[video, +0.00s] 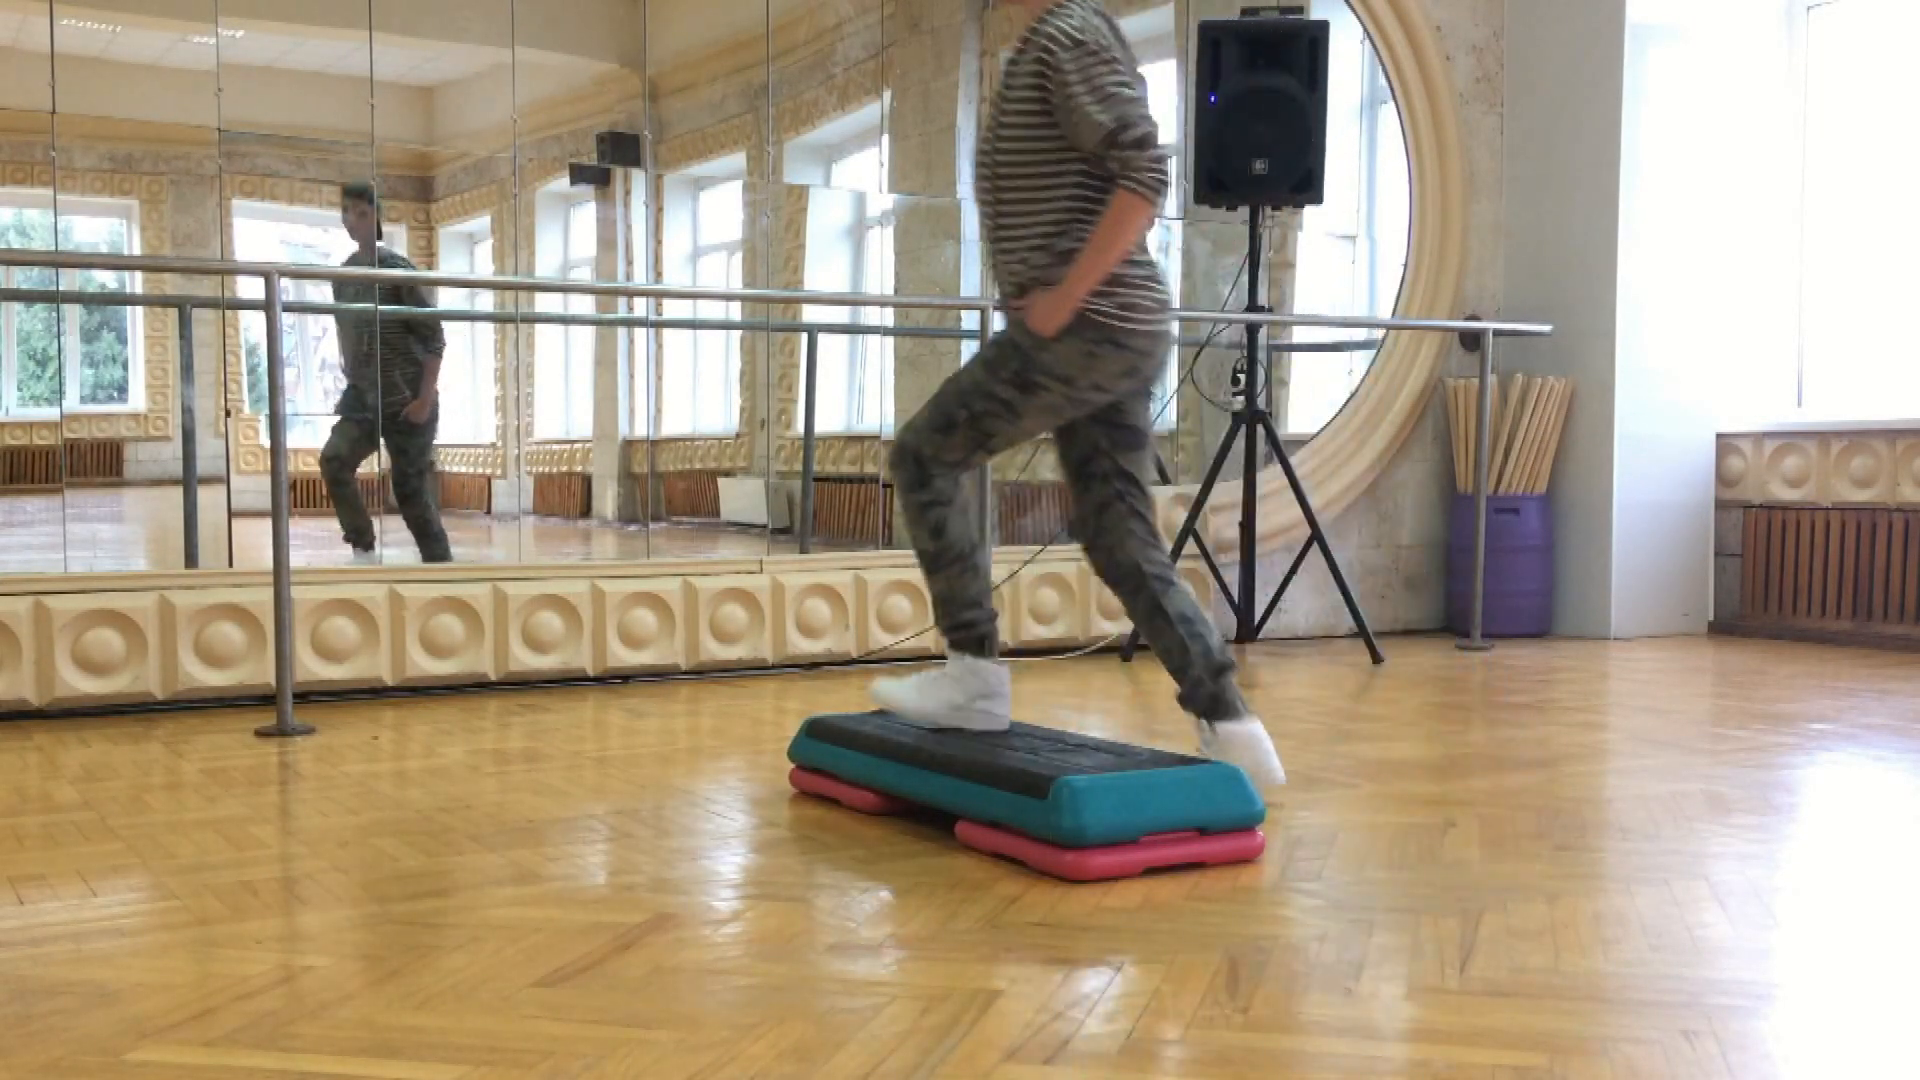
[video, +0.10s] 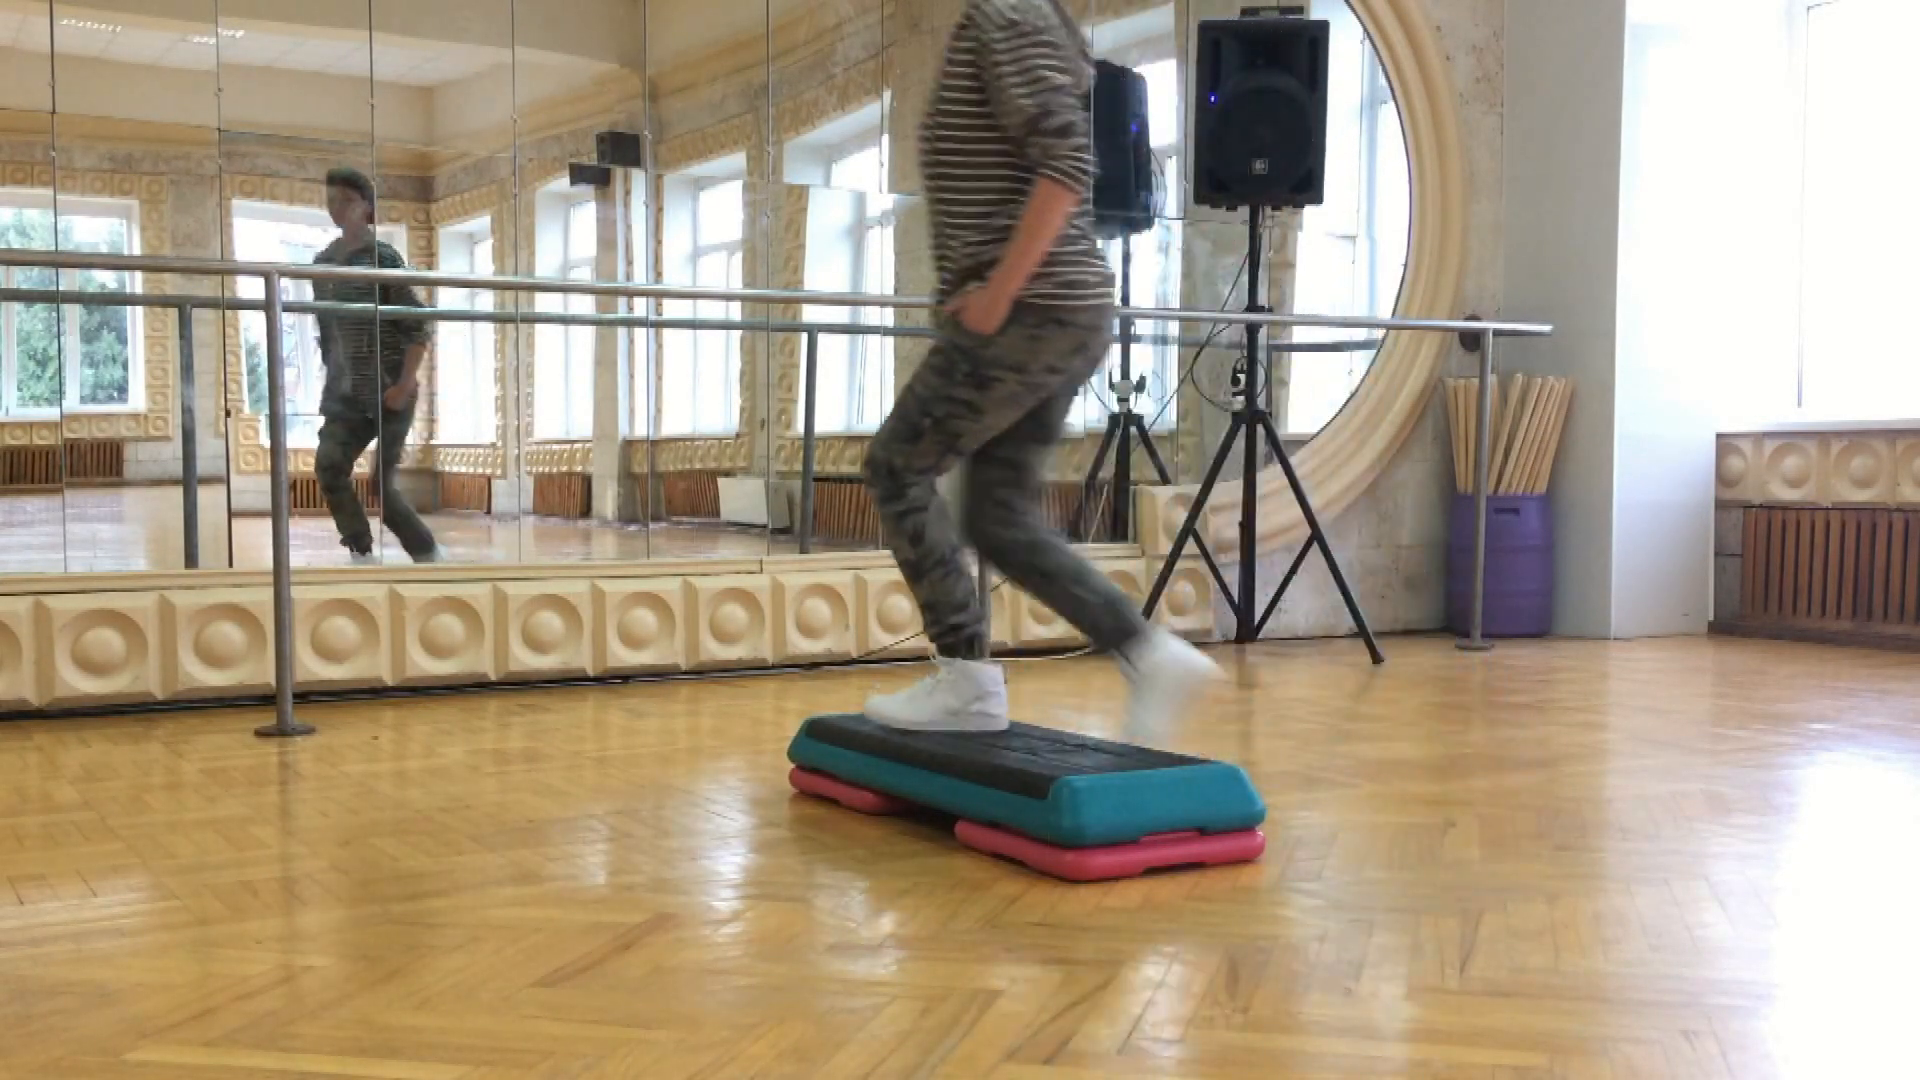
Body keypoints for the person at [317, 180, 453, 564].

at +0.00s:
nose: (354, 221)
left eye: (362, 213)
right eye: (348, 214)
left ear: (378, 218)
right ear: (343, 219)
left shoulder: (400, 270)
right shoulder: (343, 275)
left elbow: (433, 335)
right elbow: (351, 334)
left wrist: (426, 396)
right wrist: (354, 379)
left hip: (409, 399)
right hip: (364, 399)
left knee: (411, 490)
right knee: (334, 463)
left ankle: (442, 569)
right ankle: (363, 549)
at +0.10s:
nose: (338, 210)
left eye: (346, 202)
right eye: (333, 203)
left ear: (367, 207)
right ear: (329, 209)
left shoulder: (384, 258)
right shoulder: (322, 263)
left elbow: (419, 321)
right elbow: (326, 331)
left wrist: (405, 383)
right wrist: (333, 378)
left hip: (390, 390)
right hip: (346, 391)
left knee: (382, 483)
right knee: (329, 469)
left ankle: (428, 555)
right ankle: (362, 551)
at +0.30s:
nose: (311, 202)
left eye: (320, 194)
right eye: (306, 195)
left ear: (344, 201)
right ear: (302, 202)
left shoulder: (361, 253)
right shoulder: (290, 255)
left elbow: (400, 320)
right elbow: (275, 314)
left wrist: (380, 365)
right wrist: (282, 365)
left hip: (353, 380)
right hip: (306, 384)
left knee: (310, 442)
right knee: (305, 476)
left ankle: (347, 540)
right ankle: (349, 545)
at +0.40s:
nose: (299, 203)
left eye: (308, 196)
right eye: (293, 197)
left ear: (329, 201)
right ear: (287, 203)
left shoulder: (353, 255)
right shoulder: (274, 257)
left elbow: (387, 324)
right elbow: (267, 315)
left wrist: (369, 369)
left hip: (341, 385)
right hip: (290, 388)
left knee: (305, 461)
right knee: (293, 482)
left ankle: (298, 557)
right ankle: (353, 546)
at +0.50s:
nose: (285, 212)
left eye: (295, 205)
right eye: (280, 205)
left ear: (316, 211)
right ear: (272, 209)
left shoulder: (339, 265)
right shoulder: (255, 266)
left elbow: (369, 338)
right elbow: (248, 333)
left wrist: (351, 390)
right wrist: (251, 394)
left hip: (325, 402)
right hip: (266, 404)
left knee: (299, 488)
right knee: (258, 501)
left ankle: (291, 579)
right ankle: (336, 541)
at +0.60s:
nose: (274, 222)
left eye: (283, 213)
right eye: (266, 214)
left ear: (303, 220)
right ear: (257, 220)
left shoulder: (326, 277)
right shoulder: (239, 276)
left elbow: (351, 347)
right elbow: (232, 347)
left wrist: (345, 401)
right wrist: (229, 398)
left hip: (310, 413)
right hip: (250, 412)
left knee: (288, 504)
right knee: (214, 482)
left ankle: (289, 596)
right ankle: (276, 524)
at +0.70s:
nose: (262, 224)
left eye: (271, 217)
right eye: (253, 216)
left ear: (285, 224)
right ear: (240, 222)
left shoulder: (310, 278)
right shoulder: (220, 277)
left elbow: (330, 344)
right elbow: (206, 340)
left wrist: (332, 400)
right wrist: (210, 391)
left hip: (301, 412)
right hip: (237, 409)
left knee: (287, 500)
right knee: (202, 483)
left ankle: (290, 586)